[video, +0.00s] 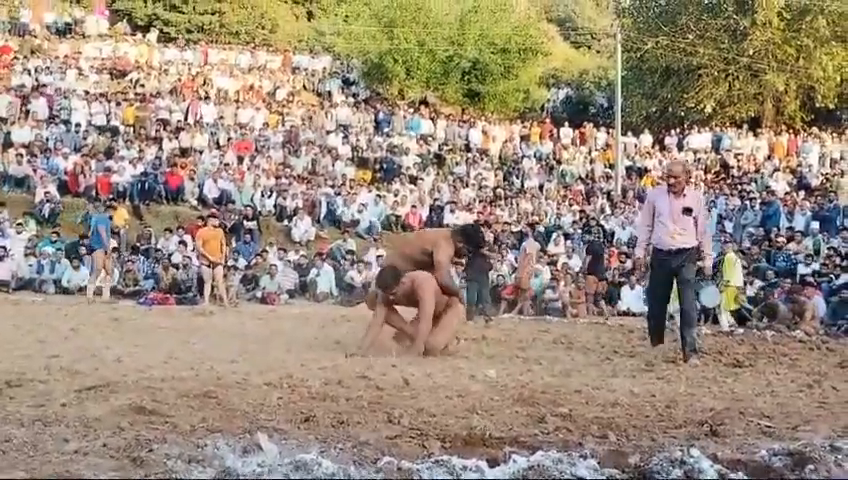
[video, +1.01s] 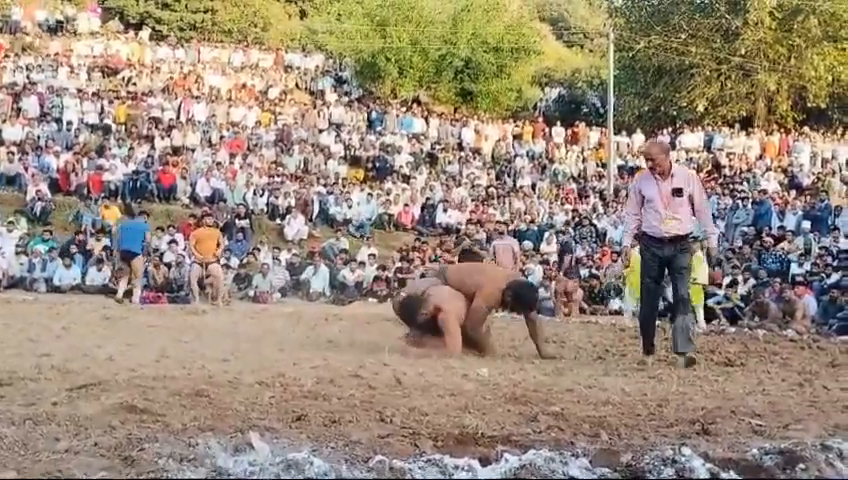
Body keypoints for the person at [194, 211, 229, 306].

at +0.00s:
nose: (216, 221)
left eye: (217, 218)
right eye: (214, 218)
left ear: (218, 220)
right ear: (208, 219)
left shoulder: (220, 231)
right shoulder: (201, 232)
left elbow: (223, 244)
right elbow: (199, 247)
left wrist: (223, 256)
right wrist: (210, 258)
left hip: (218, 260)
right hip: (206, 260)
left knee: (220, 281)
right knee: (207, 282)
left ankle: (225, 301)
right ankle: (206, 302)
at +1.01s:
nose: (210, 221)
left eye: (211, 219)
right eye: (207, 219)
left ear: (213, 220)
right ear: (203, 220)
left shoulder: (217, 232)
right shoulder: (195, 233)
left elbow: (221, 244)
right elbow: (191, 246)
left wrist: (218, 252)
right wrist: (197, 255)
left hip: (212, 259)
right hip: (199, 259)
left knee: (219, 276)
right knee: (193, 277)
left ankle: (219, 299)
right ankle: (196, 299)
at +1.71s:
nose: (202, 217)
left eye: (204, 215)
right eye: (200, 215)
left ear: (207, 217)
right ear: (197, 217)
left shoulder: (212, 227)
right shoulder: (192, 227)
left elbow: (220, 237)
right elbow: (185, 238)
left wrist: (213, 241)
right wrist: (189, 246)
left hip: (208, 254)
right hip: (195, 254)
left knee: (209, 276)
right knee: (191, 275)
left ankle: (211, 298)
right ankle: (190, 296)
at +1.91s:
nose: (196, 216)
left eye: (198, 214)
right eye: (194, 214)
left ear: (201, 215)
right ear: (191, 215)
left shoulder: (205, 226)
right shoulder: (187, 227)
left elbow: (219, 232)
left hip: (202, 253)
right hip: (190, 253)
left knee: (204, 276)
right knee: (191, 275)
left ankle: (207, 297)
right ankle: (188, 296)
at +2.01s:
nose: (194, 216)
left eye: (196, 213)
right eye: (192, 214)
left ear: (200, 214)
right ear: (189, 215)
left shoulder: (203, 223)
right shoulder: (186, 225)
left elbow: (217, 230)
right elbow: (180, 235)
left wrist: (208, 222)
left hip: (200, 252)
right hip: (188, 252)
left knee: (203, 276)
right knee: (189, 275)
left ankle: (206, 297)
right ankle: (187, 296)